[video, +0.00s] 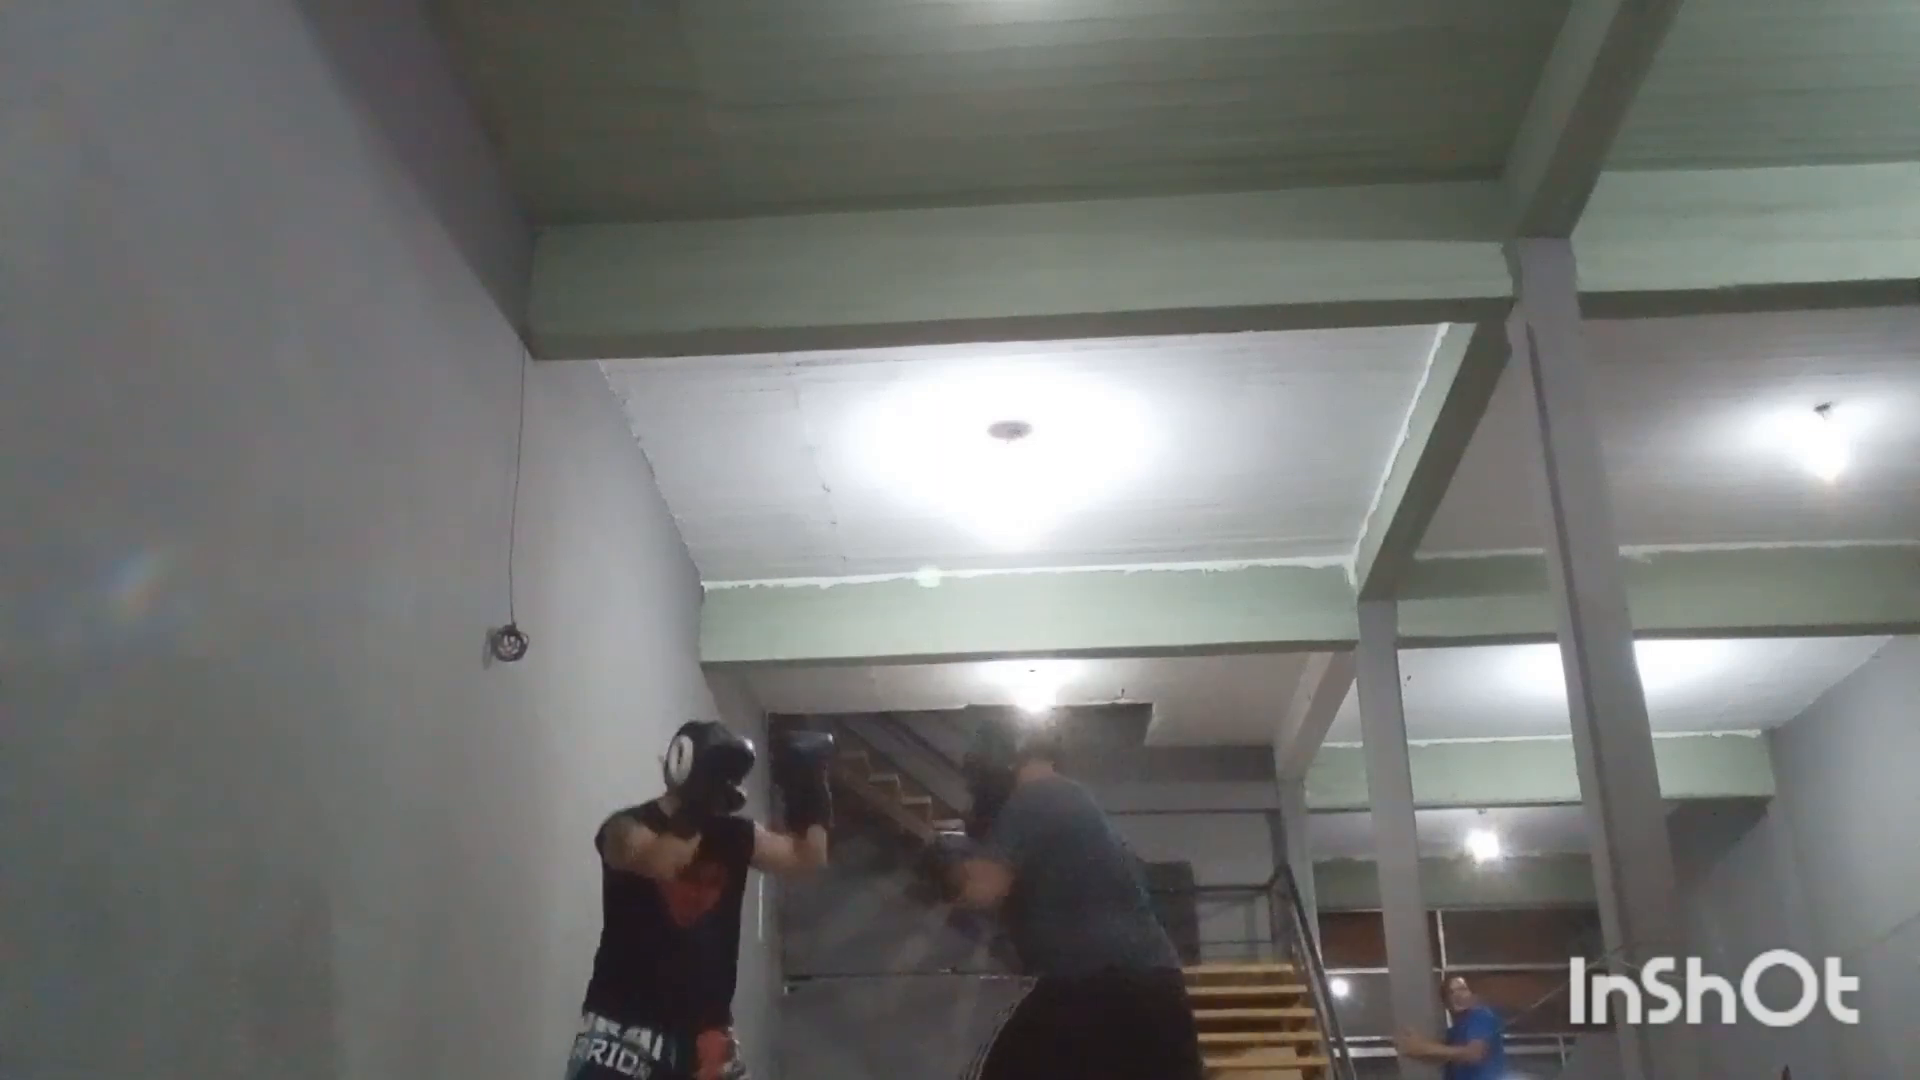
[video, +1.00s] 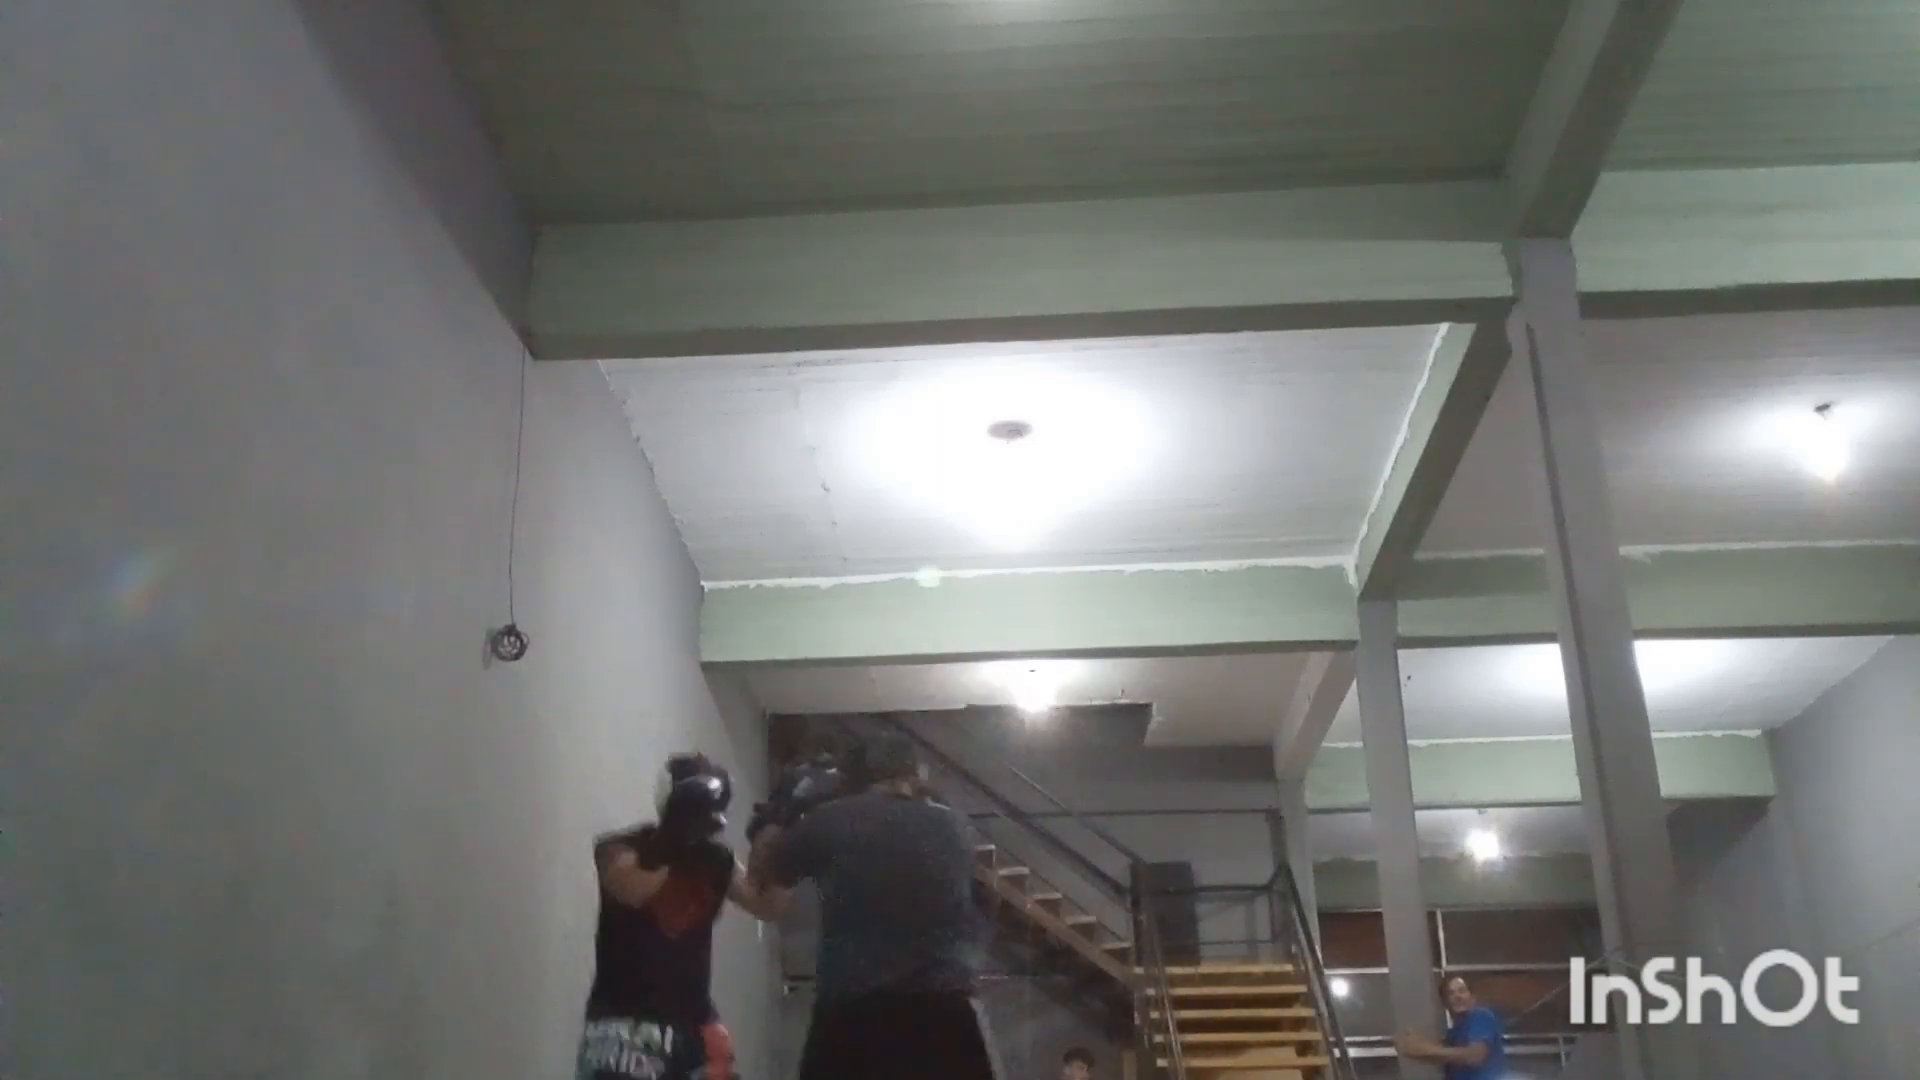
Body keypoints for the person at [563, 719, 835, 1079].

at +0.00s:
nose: (725, 786)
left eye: (728, 776)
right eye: (716, 774)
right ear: (690, 767)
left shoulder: (733, 835)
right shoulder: (623, 828)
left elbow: (808, 858)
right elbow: (660, 864)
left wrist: (810, 780)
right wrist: (698, 798)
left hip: (704, 1035)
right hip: (622, 1031)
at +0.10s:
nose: (714, 789)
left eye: (721, 777)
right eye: (705, 775)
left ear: (727, 784)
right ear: (672, 771)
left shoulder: (723, 843)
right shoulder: (614, 838)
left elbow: (787, 882)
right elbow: (653, 881)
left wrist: (794, 818)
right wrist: (691, 814)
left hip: (698, 1040)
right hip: (616, 1040)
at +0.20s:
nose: (697, 792)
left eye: (702, 780)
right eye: (687, 780)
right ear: (651, 780)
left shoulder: (698, 852)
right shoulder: (592, 842)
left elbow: (746, 916)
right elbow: (621, 889)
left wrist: (769, 872)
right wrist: (665, 819)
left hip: (679, 1044)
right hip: (599, 1042)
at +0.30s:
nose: (665, 808)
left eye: (673, 799)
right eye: (656, 796)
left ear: (676, 808)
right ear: (622, 790)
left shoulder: (667, 862)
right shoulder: (567, 854)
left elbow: (694, 934)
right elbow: (590, 893)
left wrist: (732, 905)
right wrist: (632, 832)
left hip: (655, 1054)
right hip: (577, 1053)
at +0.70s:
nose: (649, 810)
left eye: (660, 801)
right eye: (639, 798)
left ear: (666, 809)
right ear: (611, 798)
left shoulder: (664, 867)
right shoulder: (565, 861)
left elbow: (718, 921)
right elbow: (578, 906)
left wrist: (737, 860)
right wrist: (625, 838)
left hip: (651, 1045)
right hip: (578, 1040)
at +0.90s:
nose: (691, 802)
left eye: (698, 792)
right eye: (682, 790)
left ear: (703, 789)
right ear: (655, 782)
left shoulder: (698, 838)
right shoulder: (600, 831)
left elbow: (746, 899)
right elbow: (604, 888)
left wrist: (753, 847)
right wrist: (656, 830)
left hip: (679, 1010)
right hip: (611, 1014)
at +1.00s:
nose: (705, 816)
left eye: (714, 808)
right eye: (697, 805)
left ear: (721, 812)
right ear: (674, 800)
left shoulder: (714, 860)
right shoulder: (618, 849)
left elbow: (769, 906)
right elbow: (632, 892)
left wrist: (771, 841)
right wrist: (675, 834)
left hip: (691, 1022)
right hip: (622, 1022)